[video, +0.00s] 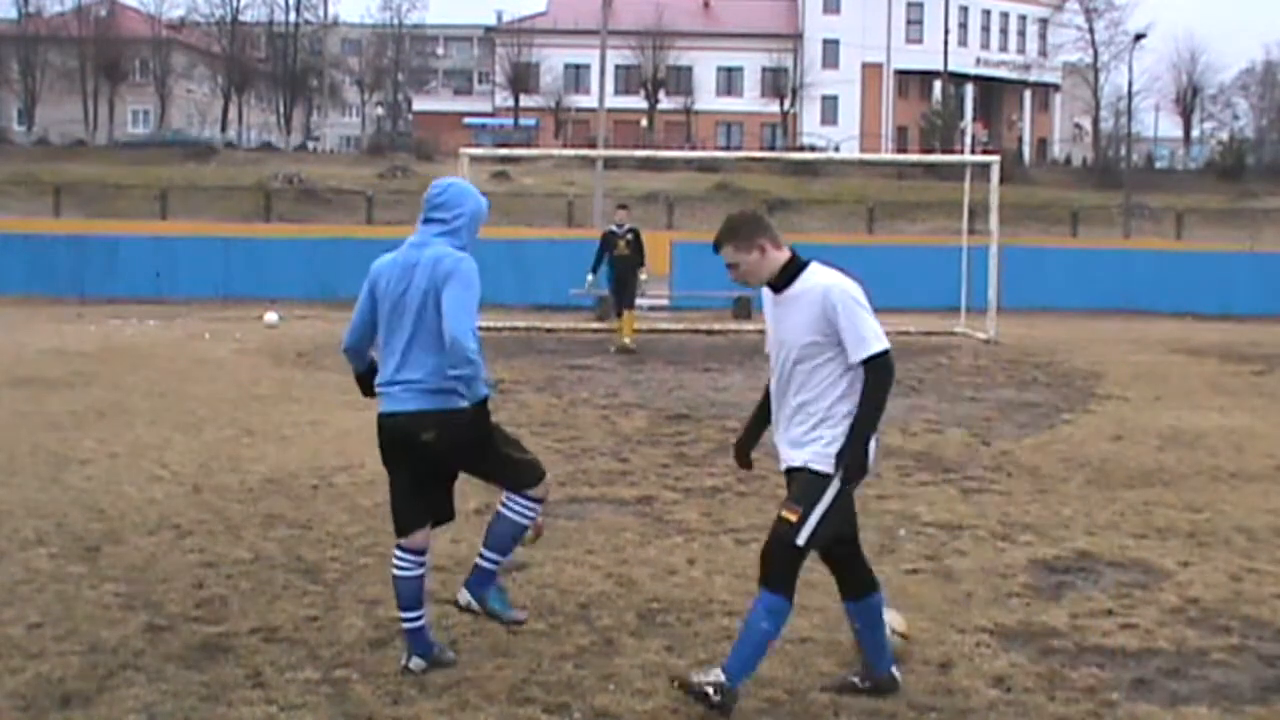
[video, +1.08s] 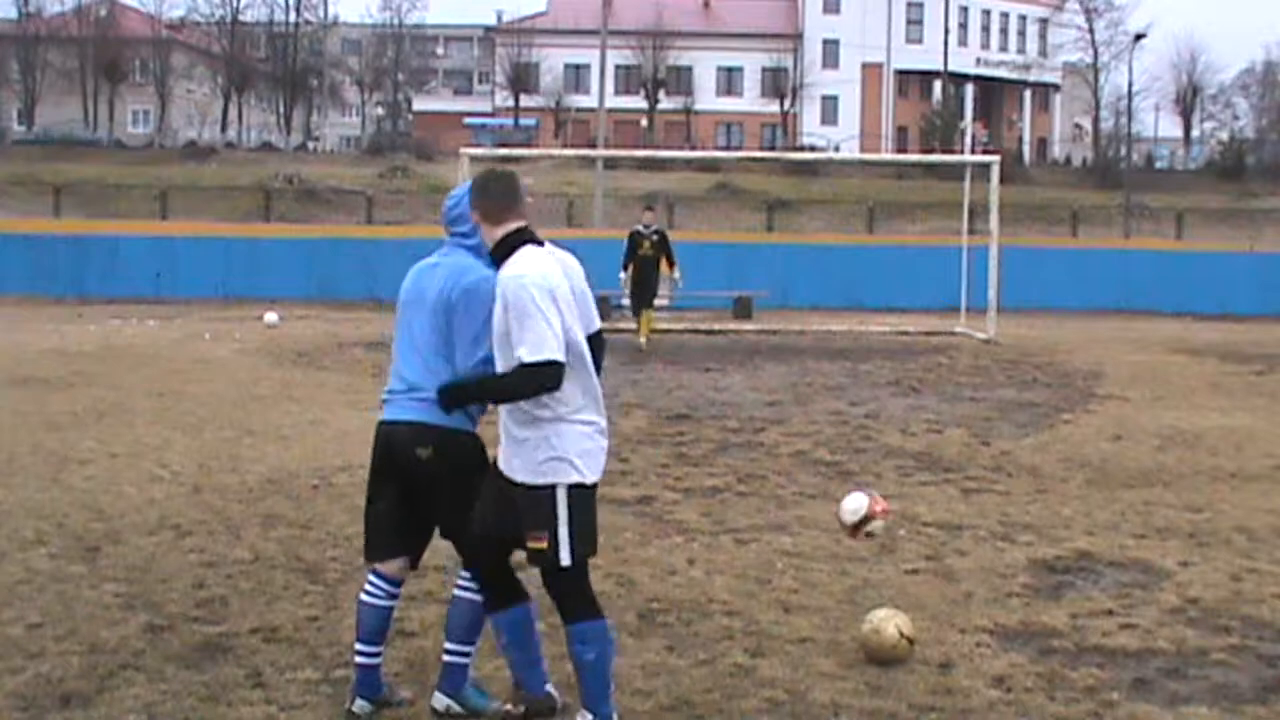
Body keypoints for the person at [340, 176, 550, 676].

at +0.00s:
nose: (478, 235)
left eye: (480, 226)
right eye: (476, 226)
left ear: (427, 214)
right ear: (463, 222)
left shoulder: (384, 265)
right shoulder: (458, 264)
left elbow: (354, 342)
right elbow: (459, 337)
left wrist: (365, 371)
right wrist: (479, 390)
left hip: (396, 422)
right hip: (450, 418)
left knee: (412, 535)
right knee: (530, 483)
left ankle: (418, 646)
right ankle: (483, 583)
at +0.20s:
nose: (498, 242)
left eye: (499, 232)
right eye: (497, 232)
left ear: (448, 223)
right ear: (482, 230)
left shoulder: (401, 275)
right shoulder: (476, 282)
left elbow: (370, 353)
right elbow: (473, 368)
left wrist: (375, 387)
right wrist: (503, 423)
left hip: (410, 434)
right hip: (463, 434)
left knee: (421, 541)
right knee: (495, 545)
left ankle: (418, 650)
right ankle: (464, 657)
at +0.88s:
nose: (506, 237)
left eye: (506, 226)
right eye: (503, 227)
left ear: (453, 223)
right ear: (484, 228)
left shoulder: (404, 274)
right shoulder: (471, 283)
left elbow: (379, 360)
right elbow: (463, 363)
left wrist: (413, 402)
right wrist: (508, 406)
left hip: (386, 431)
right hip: (443, 437)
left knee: (386, 556)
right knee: (466, 557)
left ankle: (366, 684)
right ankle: (459, 682)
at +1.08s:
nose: (500, 233)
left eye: (497, 222)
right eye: (496, 225)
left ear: (451, 222)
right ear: (483, 225)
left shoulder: (418, 272)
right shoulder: (478, 280)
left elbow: (414, 350)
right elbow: (475, 366)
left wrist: (468, 386)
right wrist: (494, 393)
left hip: (393, 429)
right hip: (446, 436)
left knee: (390, 559)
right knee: (484, 555)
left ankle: (366, 684)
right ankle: (454, 682)